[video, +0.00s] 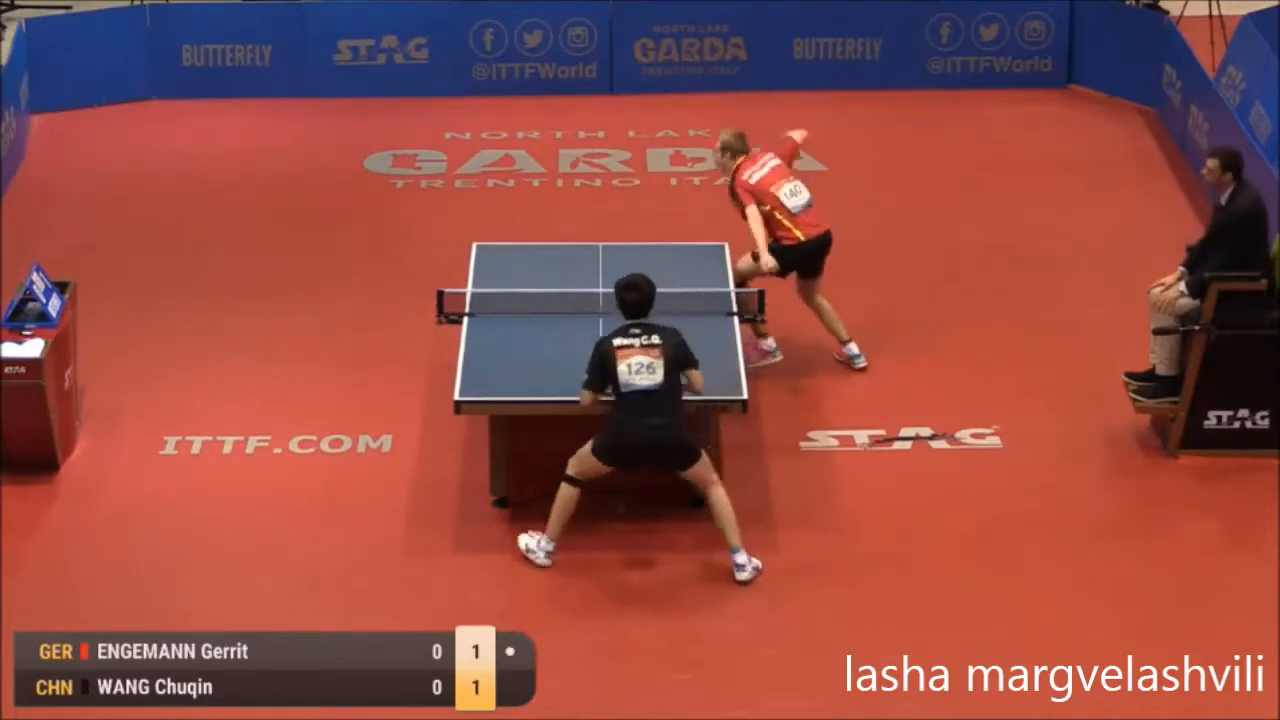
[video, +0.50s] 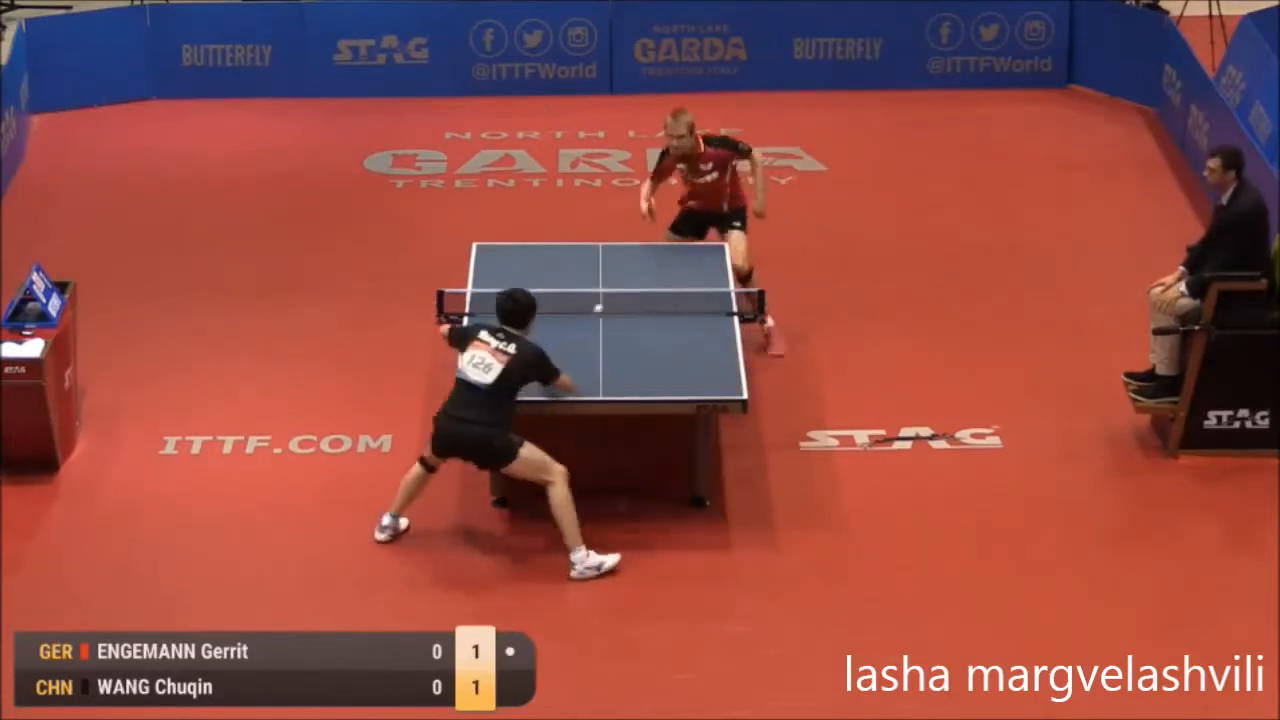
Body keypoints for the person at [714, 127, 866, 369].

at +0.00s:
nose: (717, 160)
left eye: (718, 155)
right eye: (717, 155)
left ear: (728, 155)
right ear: (745, 150)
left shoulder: (740, 181)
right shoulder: (773, 156)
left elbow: (753, 213)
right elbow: (800, 135)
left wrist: (763, 253)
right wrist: (793, 136)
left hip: (791, 246)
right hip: (821, 237)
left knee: (737, 274)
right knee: (809, 293)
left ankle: (765, 344)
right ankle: (851, 349)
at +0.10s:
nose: (692, 194)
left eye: (692, 188)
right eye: (689, 189)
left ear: (707, 181)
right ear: (709, 177)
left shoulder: (730, 194)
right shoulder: (734, 165)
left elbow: (767, 213)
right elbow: (737, 149)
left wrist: (788, 251)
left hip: (789, 244)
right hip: (810, 234)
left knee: (739, 284)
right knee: (791, 297)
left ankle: (761, 357)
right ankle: (842, 342)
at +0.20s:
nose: (688, 196)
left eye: (690, 189)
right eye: (684, 191)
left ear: (703, 179)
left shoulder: (729, 190)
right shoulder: (718, 170)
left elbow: (775, 197)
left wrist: (805, 228)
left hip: (780, 237)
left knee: (737, 289)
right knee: (766, 298)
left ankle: (762, 358)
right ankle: (822, 322)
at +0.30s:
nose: (683, 173)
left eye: (686, 167)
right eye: (679, 168)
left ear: (700, 161)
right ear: (676, 165)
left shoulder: (728, 173)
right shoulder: (695, 166)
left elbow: (777, 178)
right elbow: (683, 174)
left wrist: (807, 208)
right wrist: (676, 193)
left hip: (766, 225)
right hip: (739, 224)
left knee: (733, 286)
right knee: (710, 268)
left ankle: (761, 356)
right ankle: (762, 305)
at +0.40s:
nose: (676, 155)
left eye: (681, 149)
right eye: (674, 149)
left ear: (695, 144)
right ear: (672, 147)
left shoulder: (724, 159)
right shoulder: (685, 160)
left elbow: (770, 163)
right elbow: (672, 169)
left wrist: (789, 199)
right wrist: (665, 195)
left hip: (753, 211)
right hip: (723, 210)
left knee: (746, 274)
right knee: (688, 249)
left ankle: (758, 348)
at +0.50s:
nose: (674, 144)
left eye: (679, 137)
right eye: (670, 138)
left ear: (693, 133)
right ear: (666, 136)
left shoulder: (719, 146)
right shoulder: (670, 156)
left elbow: (754, 157)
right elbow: (653, 180)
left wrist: (760, 200)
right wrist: (645, 200)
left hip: (730, 210)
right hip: (695, 210)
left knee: (739, 265)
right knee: (666, 255)